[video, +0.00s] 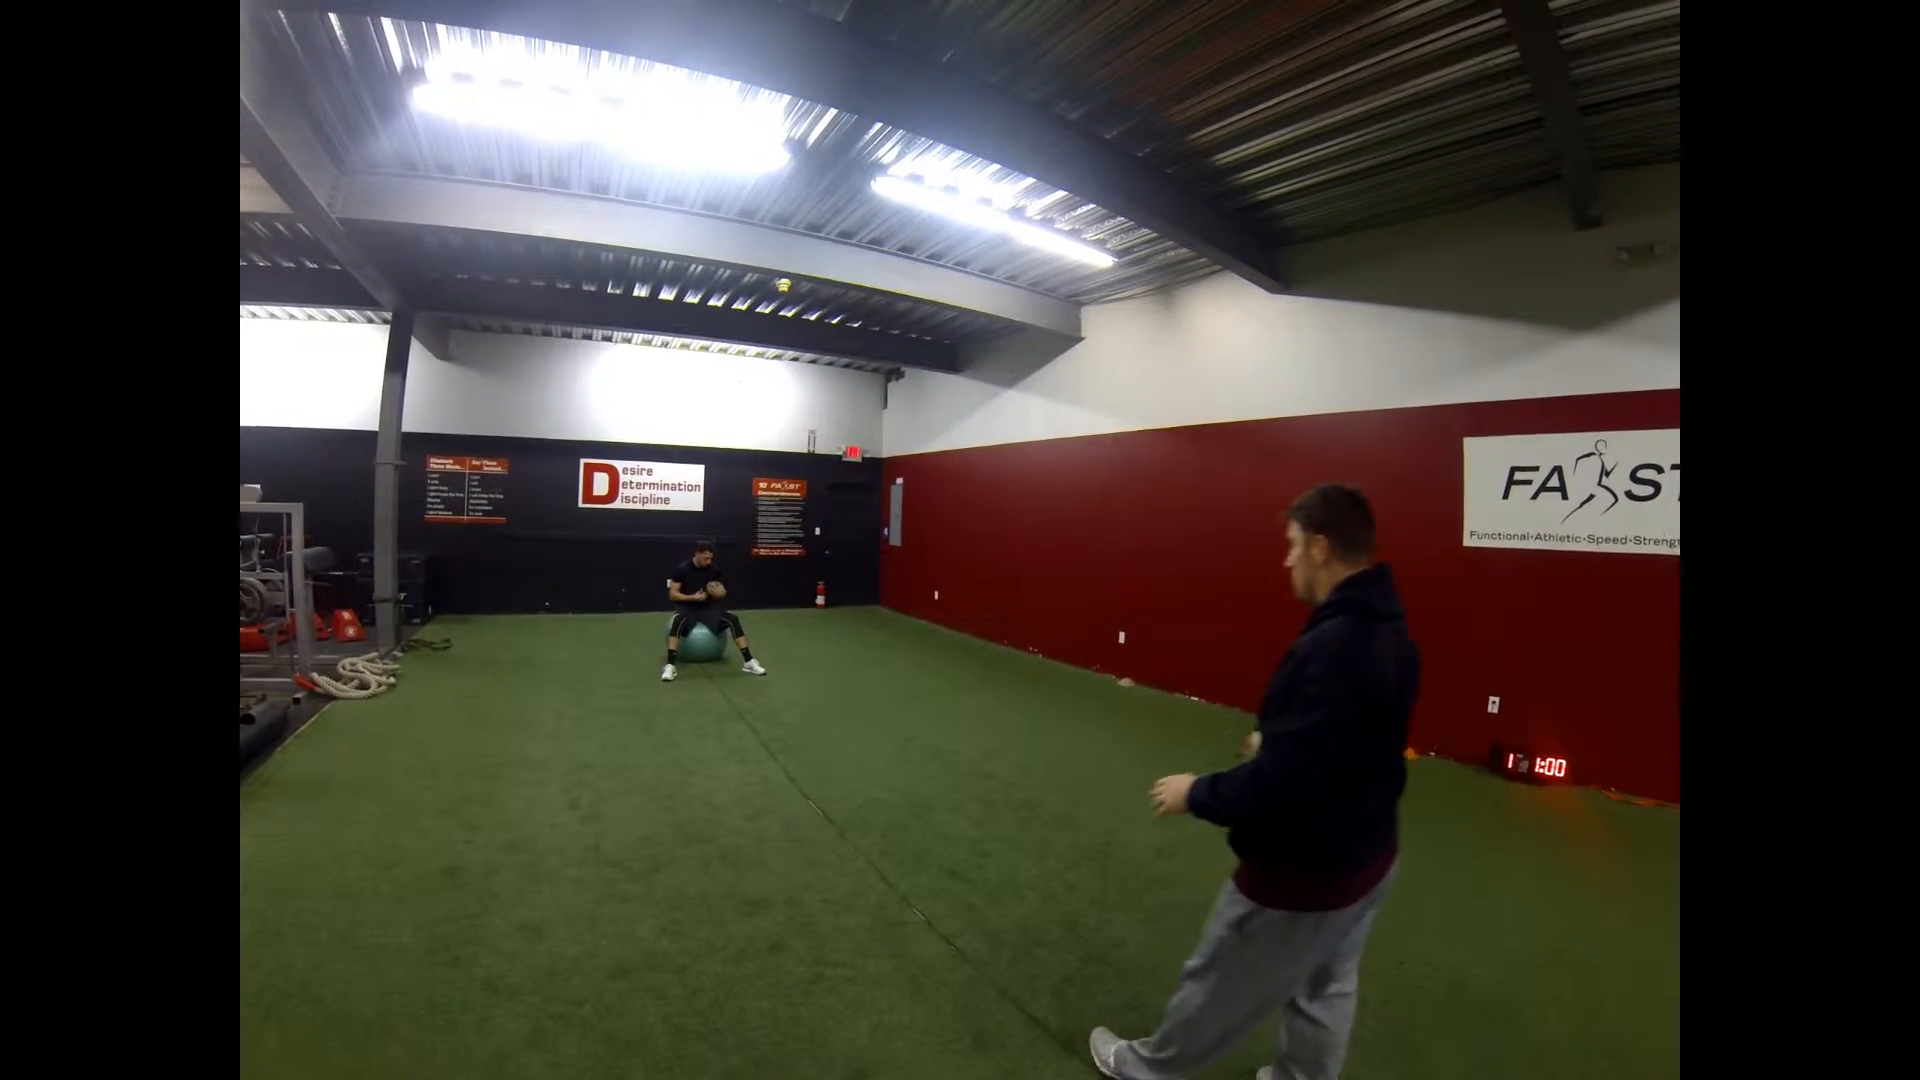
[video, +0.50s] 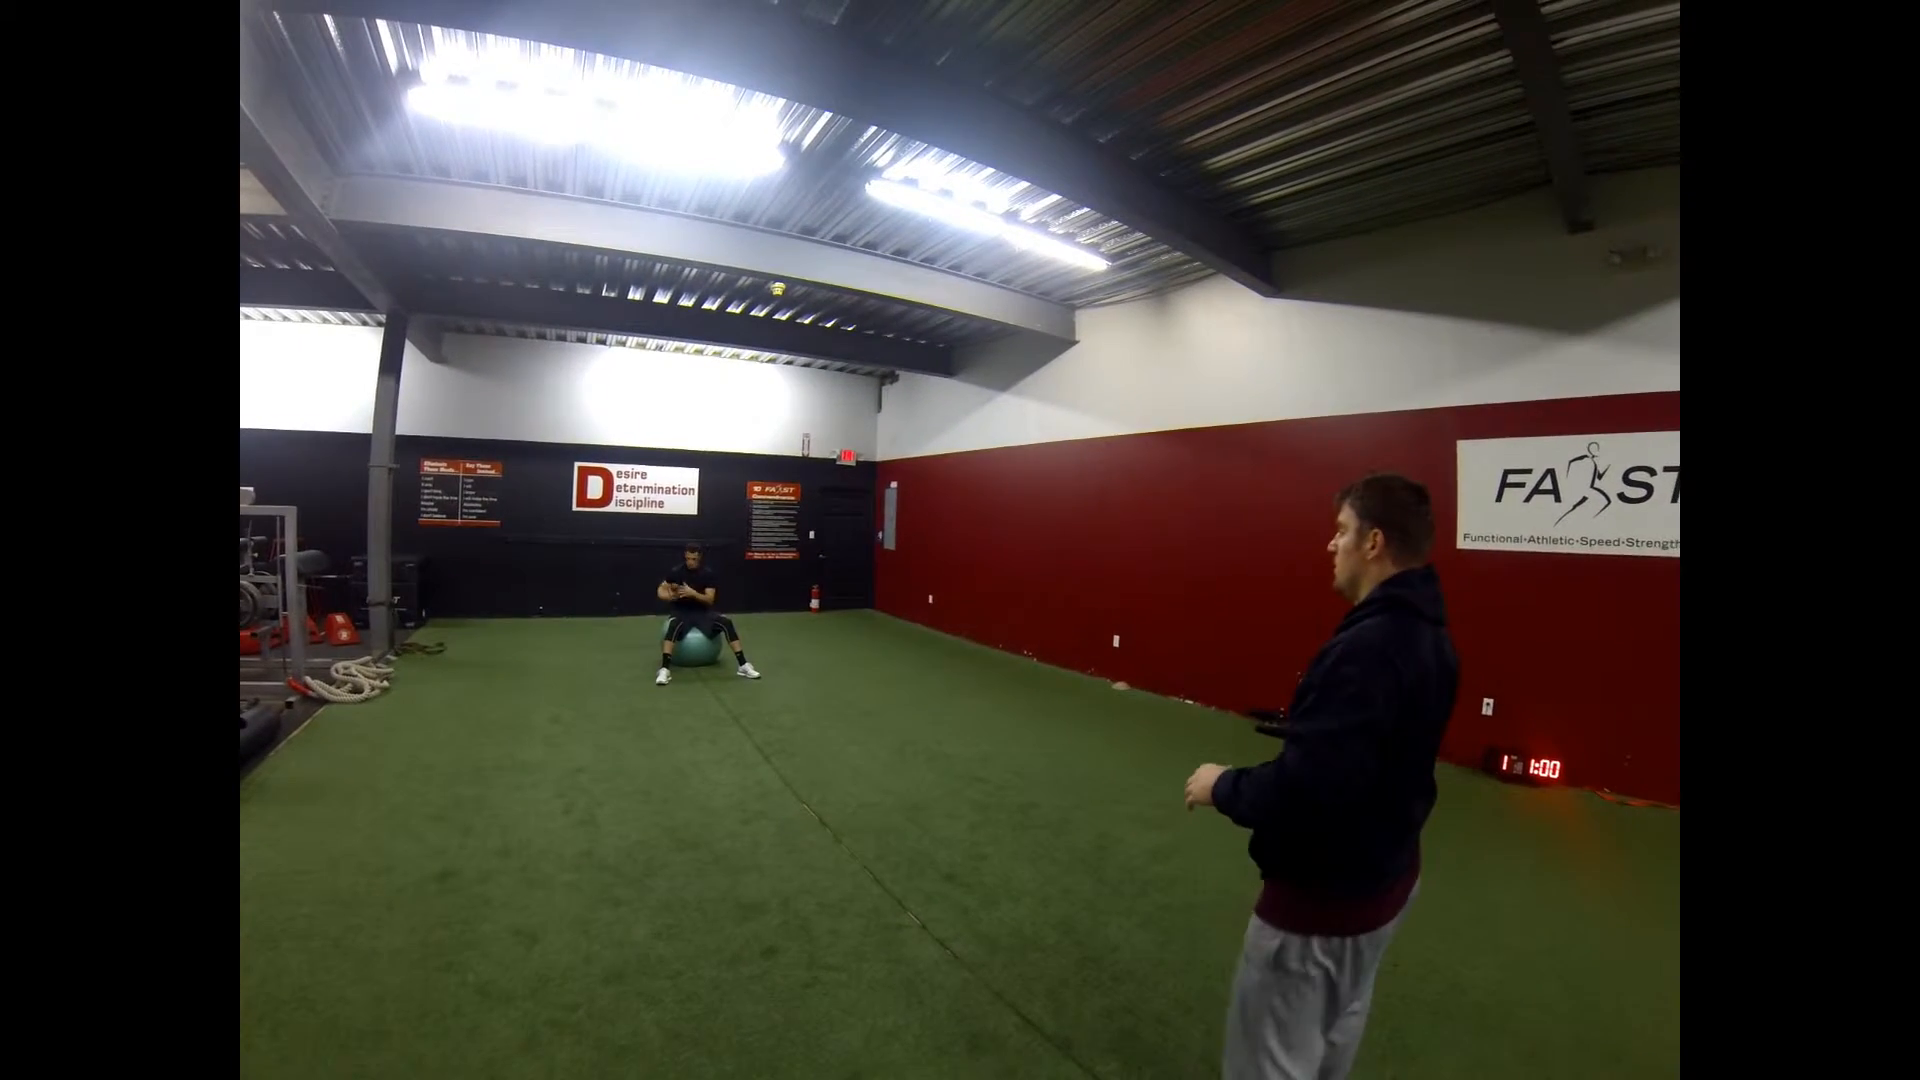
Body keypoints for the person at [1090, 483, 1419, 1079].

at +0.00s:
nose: (1287, 563)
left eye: (1292, 547)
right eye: (1288, 547)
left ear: (1320, 548)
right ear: (1340, 547)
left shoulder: (1334, 644)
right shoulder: (1386, 628)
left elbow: (1286, 776)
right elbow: (1360, 740)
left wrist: (1197, 792)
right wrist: (1278, 744)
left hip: (1297, 874)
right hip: (1362, 859)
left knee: (1220, 983)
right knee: (1325, 990)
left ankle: (1151, 1063)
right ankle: (1304, 1074)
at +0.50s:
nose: (1331, 548)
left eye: (1340, 532)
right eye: (1334, 533)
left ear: (1374, 542)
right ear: (1388, 543)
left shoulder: (1366, 648)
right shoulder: (1425, 634)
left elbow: (1309, 784)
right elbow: (1392, 767)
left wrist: (1225, 786)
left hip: (1317, 898)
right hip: (1381, 884)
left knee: (1269, 1058)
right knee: (1333, 1039)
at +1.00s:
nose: (1304, 544)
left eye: (1316, 528)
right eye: (1310, 528)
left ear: (1353, 546)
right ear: (1363, 547)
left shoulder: (1347, 666)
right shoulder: (1414, 645)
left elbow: (1262, 847)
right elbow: (1368, 775)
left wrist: (1196, 806)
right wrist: (1268, 767)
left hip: (1306, 957)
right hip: (1373, 931)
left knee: (1266, 1069)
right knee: (1313, 1066)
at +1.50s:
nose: (1287, 561)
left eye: (1297, 543)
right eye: (1292, 543)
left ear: (1330, 558)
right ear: (1385, 563)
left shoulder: (1319, 680)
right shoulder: (1407, 655)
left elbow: (1188, 794)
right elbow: (1325, 751)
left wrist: (1144, 748)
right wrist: (1220, 730)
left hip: (1321, 974)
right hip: (1410, 945)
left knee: (1251, 1069)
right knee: (1330, 1065)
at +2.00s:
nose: (1342, 591)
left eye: (1342, 576)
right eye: (1341, 578)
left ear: (1360, 576)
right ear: (1424, 570)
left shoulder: (1343, 690)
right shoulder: (1490, 669)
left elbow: (1276, 823)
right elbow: (1482, 794)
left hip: (1359, 978)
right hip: (1471, 962)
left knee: (1267, 1070)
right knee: (1412, 1072)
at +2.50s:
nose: (1463, 572)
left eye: (1467, 557)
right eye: (1464, 557)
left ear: (1489, 561)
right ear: (1551, 567)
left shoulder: (1416, 655)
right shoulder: (1583, 692)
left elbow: (1346, 750)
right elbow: (1551, 805)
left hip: (1369, 913)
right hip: (1479, 930)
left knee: (1269, 1032)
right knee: (1427, 1070)